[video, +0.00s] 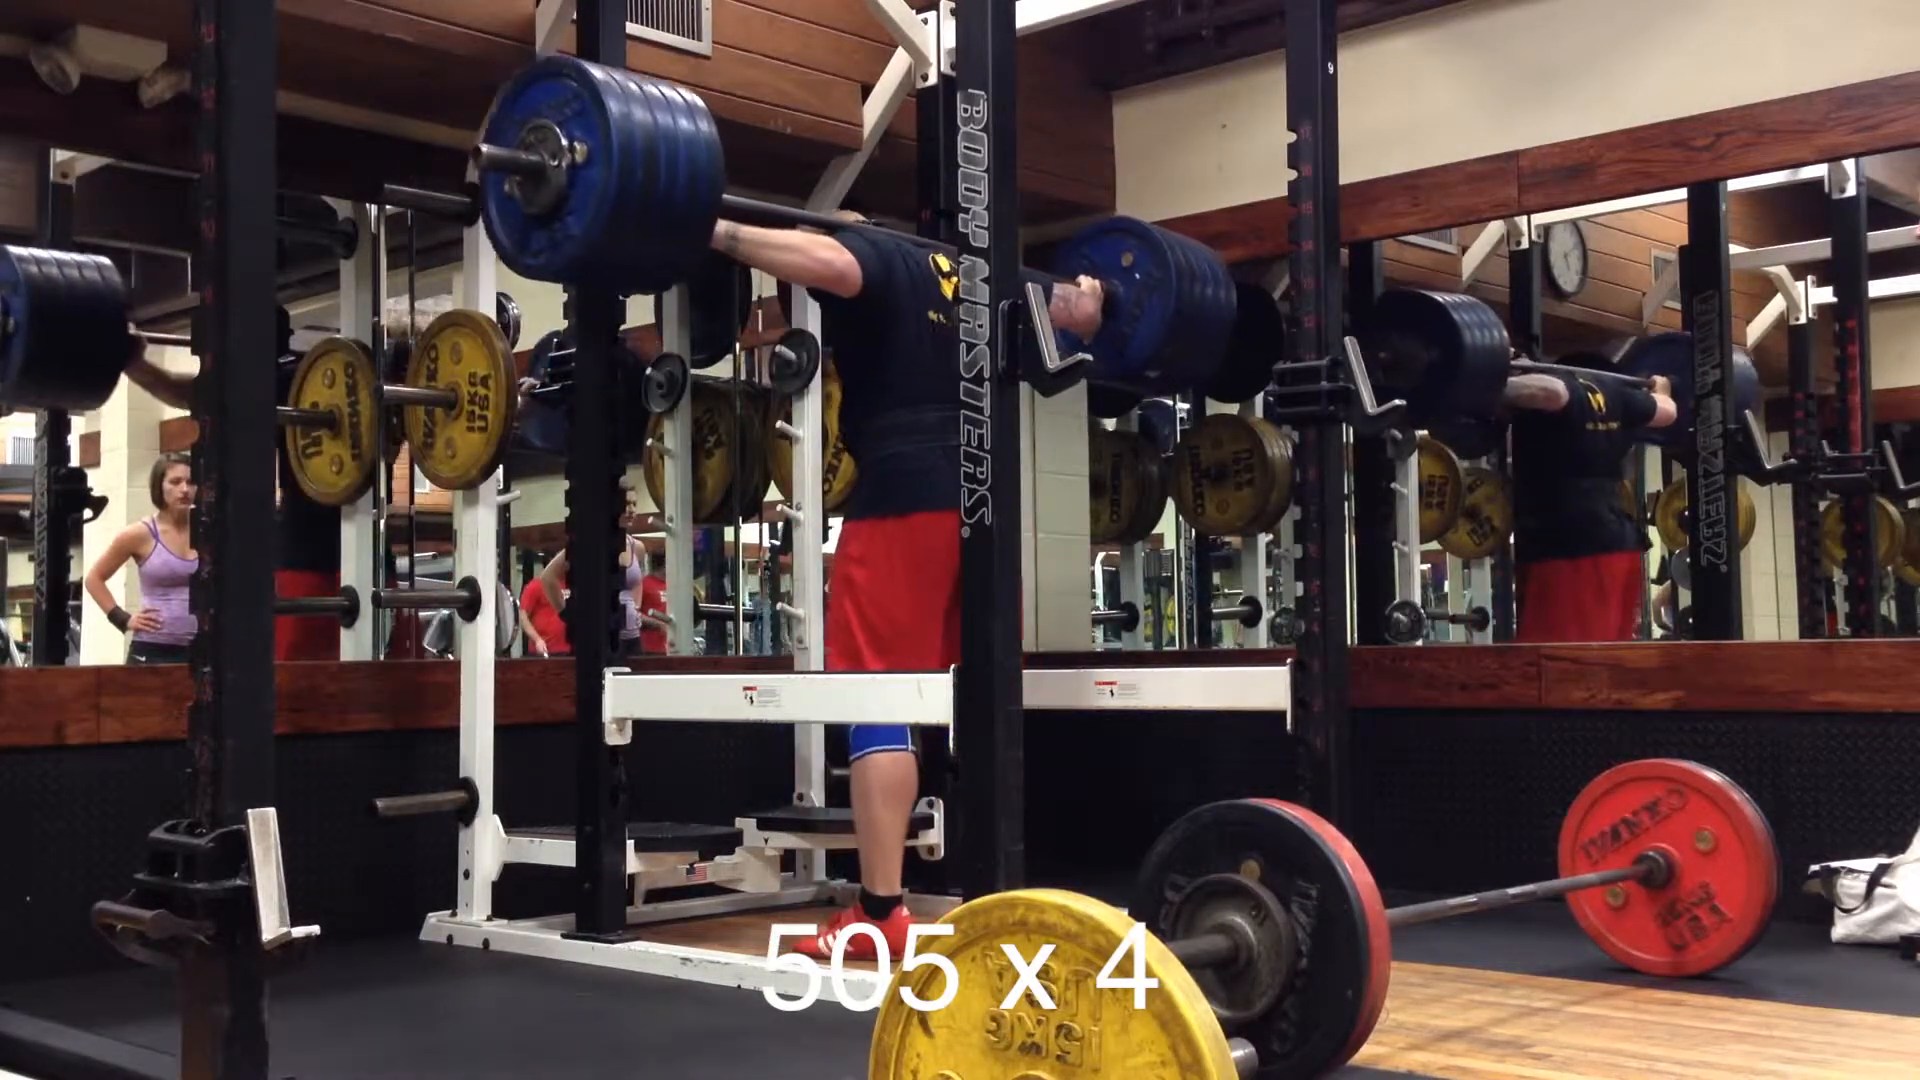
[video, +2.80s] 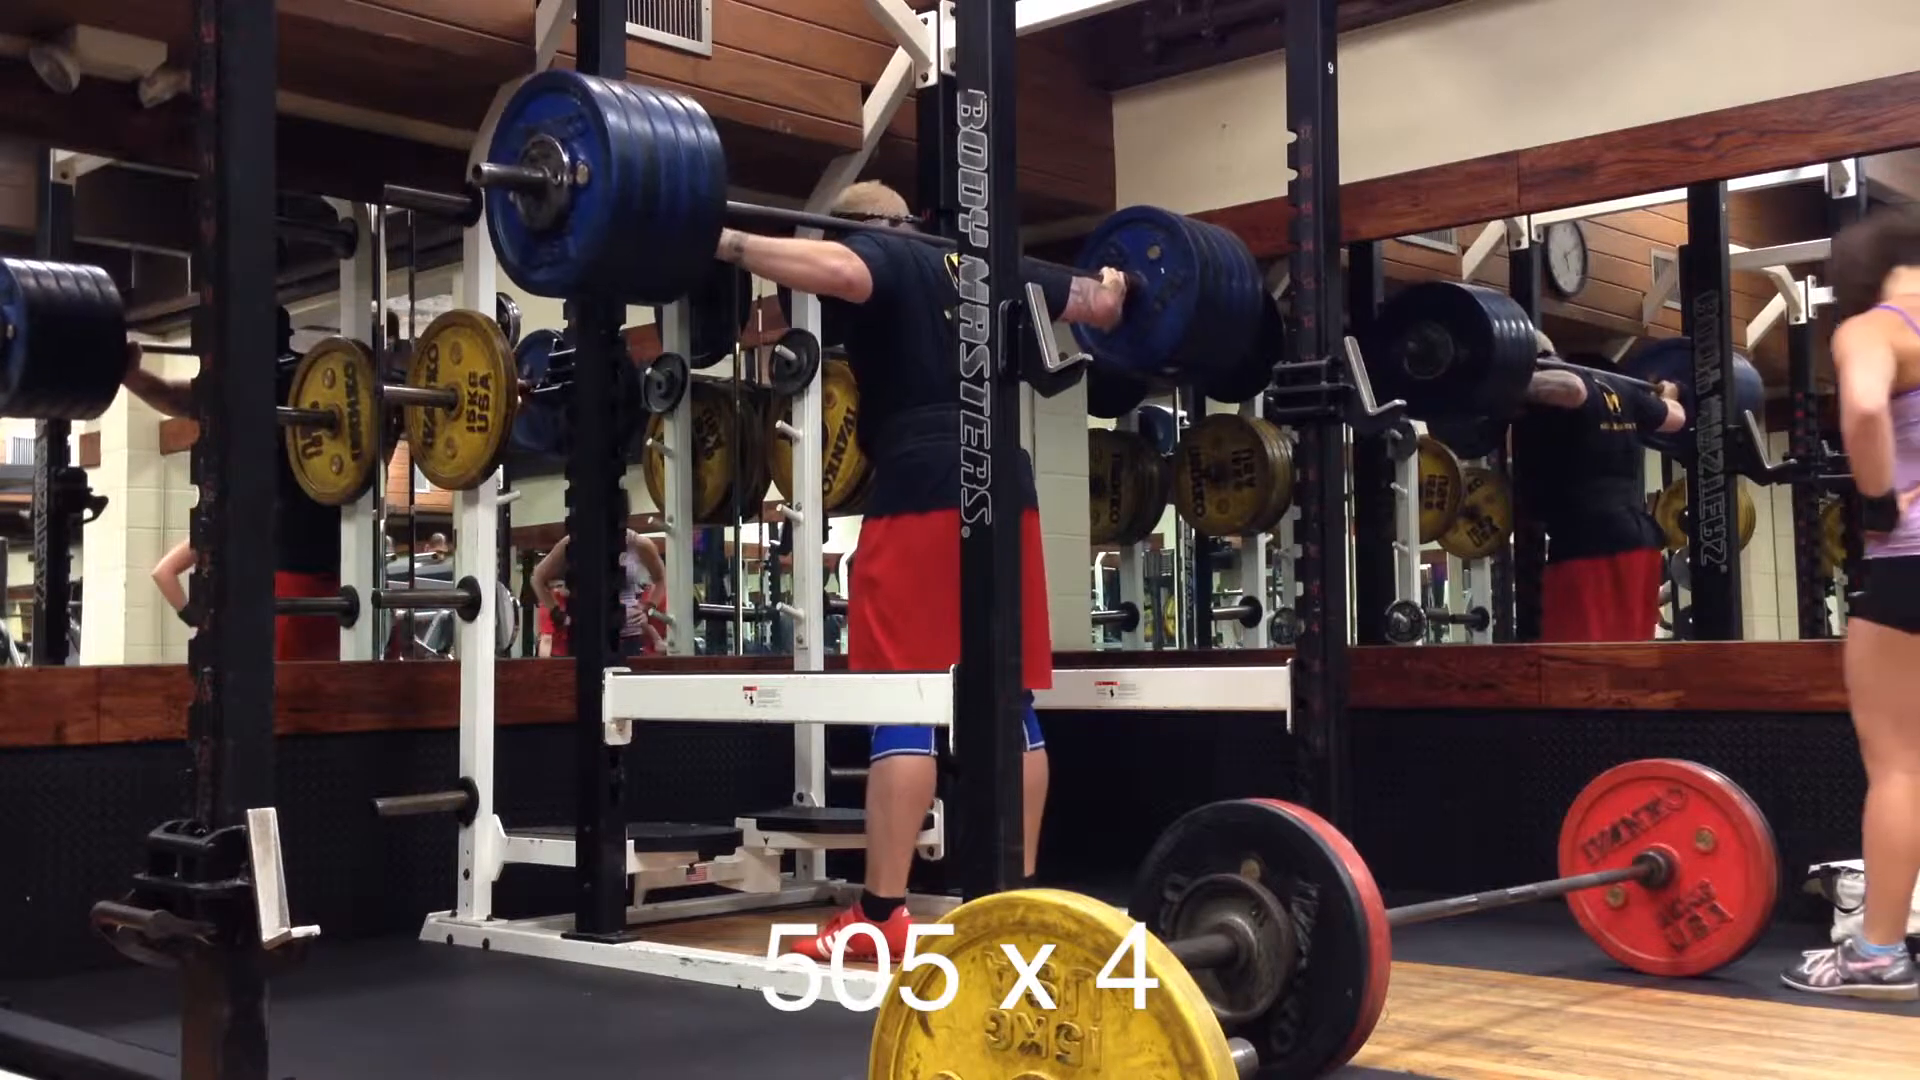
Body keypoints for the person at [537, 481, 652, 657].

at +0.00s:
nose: (630, 510)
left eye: (633, 505)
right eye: (624, 504)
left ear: (637, 508)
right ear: (610, 508)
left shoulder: (636, 546)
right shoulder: (589, 544)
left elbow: (637, 581)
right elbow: (548, 577)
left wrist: (636, 608)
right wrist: (564, 611)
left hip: (629, 631)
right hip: (596, 632)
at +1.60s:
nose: (620, 524)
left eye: (623, 519)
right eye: (614, 518)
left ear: (627, 518)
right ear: (598, 517)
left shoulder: (634, 548)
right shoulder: (575, 544)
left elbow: (639, 581)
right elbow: (540, 577)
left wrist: (637, 606)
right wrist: (556, 609)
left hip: (625, 628)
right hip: (587, 629)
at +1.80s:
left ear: (616, 520)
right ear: (583, 518)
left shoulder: (629, 549)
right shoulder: (565, 544)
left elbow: (635, 585)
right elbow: (528, 578)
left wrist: (629, 610)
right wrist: (546, 612)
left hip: (614, 629)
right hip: (576, 628)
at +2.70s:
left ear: (614, 522)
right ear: (580, 523)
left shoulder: (632, 546)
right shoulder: (565, 546)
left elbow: (655, 581)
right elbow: (532, 579)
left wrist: (642, 611)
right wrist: (551, 614)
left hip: (618, 629)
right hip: (578, 629)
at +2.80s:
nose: (608, 526)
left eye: (616, 519)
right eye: (601, 519)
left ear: (624, 517)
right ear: (588, 517)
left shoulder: (640, 545)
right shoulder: (572, 544)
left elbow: (660, 579)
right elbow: (538, 578)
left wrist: (647, 608)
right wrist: (555, 611)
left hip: (627, 631)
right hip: (584, 629)